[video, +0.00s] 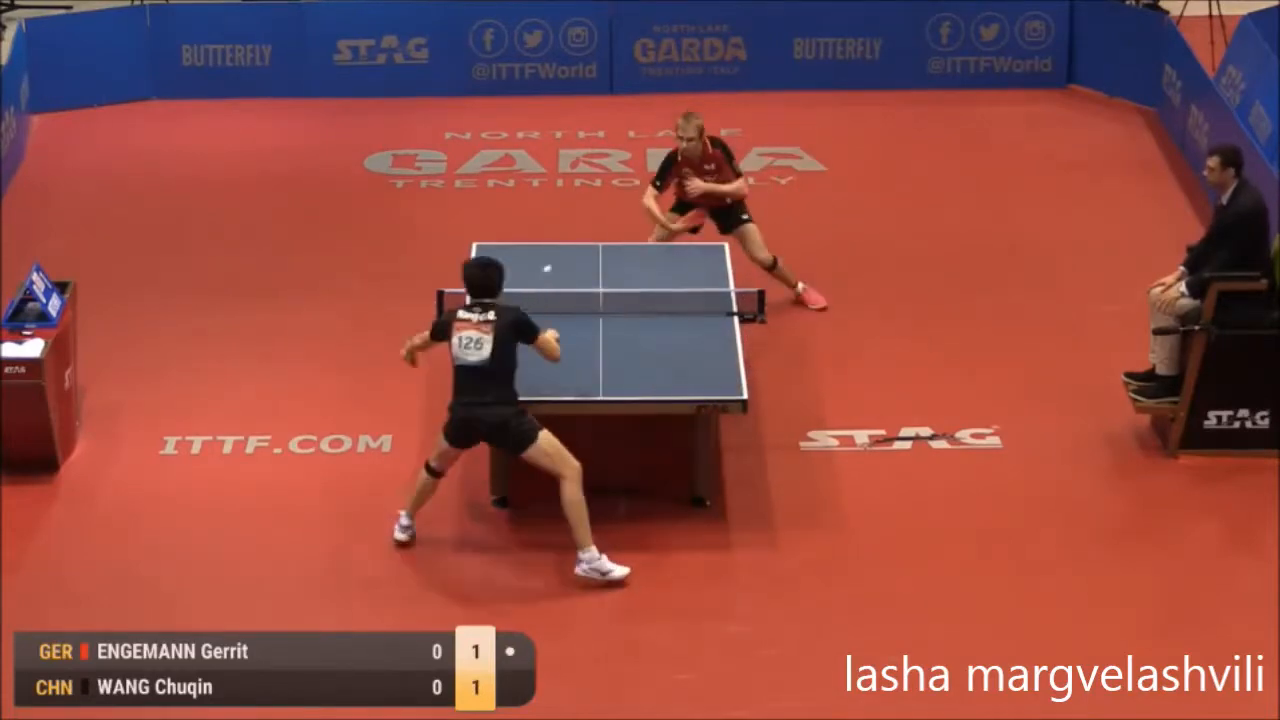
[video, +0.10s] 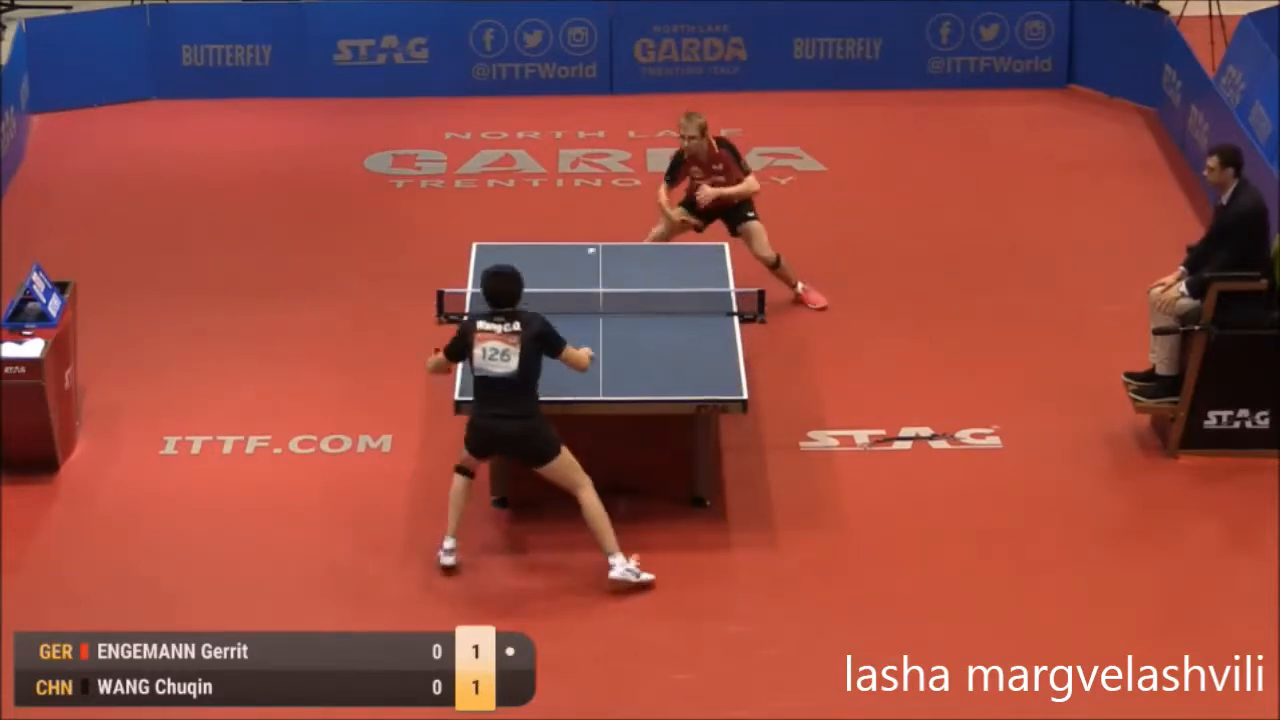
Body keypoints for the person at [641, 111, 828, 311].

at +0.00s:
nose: (683, 146)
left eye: (689, 140)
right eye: (680, 139)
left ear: (702, 137)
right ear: (675, 137)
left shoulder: (718, 148)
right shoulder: (674, 159)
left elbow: (742, 189)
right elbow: (647, 198)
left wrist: (705, 188)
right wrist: (670, 224)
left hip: (725, 202)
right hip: (688, 204)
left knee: (761, 257)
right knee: (653, 246)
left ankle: (799, 289)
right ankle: (644, 301)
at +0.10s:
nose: (686, 144)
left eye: (691, 139)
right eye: (683, 138)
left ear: (705, 136)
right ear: (679, 137)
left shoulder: (724, 148)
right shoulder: (682, 157)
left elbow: (752, 186)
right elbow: (662, 192)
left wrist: (717, 192)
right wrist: (670, 213)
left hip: (735, 202)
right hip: (700, 202)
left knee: (765, 255)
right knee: (655, 238)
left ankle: (799, 290)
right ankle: (634, 288)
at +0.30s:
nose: (691, 115)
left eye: (694, 109)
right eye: (688, 110)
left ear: (709, 102)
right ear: (689, 106)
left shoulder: (728, 120)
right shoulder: (712, 121)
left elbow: (747, 156)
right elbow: (727, 152)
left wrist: (733, 195)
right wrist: (711, 165)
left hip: (757, 189)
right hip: (728, 185)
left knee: (767, 254)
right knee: (680, 224)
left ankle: (803, 289)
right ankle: (656, 278)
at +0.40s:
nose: (698, 108)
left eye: (701, 102)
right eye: (695, 103)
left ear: (715, 94)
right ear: (712, 96)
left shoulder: (733, 113)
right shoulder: (726, 109)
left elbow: (748, 150)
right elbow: (737, 144)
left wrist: (738, 190)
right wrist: (716, 158)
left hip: (761, 188)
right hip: (735, 181)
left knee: (763, 254)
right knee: (680, 213)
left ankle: (803, 288)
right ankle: (678, 271)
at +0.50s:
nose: (704, 99)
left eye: (706, 93)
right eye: (702, 93)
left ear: (721, 86)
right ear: (719, 88)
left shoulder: (740, 104)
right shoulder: (729, 107)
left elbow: (749, 144)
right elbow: (730, 149)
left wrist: (732, 179)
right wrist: (697, 149)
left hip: (761, 184)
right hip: (738, 180)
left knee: (757, 247)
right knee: (688, 219)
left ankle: (801, 287)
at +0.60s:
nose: (704, 82)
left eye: (708, 76)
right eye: (701, 77)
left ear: (722, 75)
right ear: (699, 78)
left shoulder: (737, 99)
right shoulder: (706, 103)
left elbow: (755, 137)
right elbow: (695, 142)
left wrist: (722, 155)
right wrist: (680, 129)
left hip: (756, 174)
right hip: (730, 174)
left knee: (757, 232)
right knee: (686, 209)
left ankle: (801, 285)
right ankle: (721, 259)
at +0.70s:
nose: (704, 70)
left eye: (709, 65)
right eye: (700, 65)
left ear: (721, 65)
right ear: (696, 65)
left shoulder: (733, 91)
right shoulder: (694, 92)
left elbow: (757, 126)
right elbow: (679, 126)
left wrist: (724, 133)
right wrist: (670, 117)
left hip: (749, 160)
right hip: (720, 161)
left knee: (763, 216)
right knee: (686, 206)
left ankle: (793, 274)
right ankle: (720, 254)